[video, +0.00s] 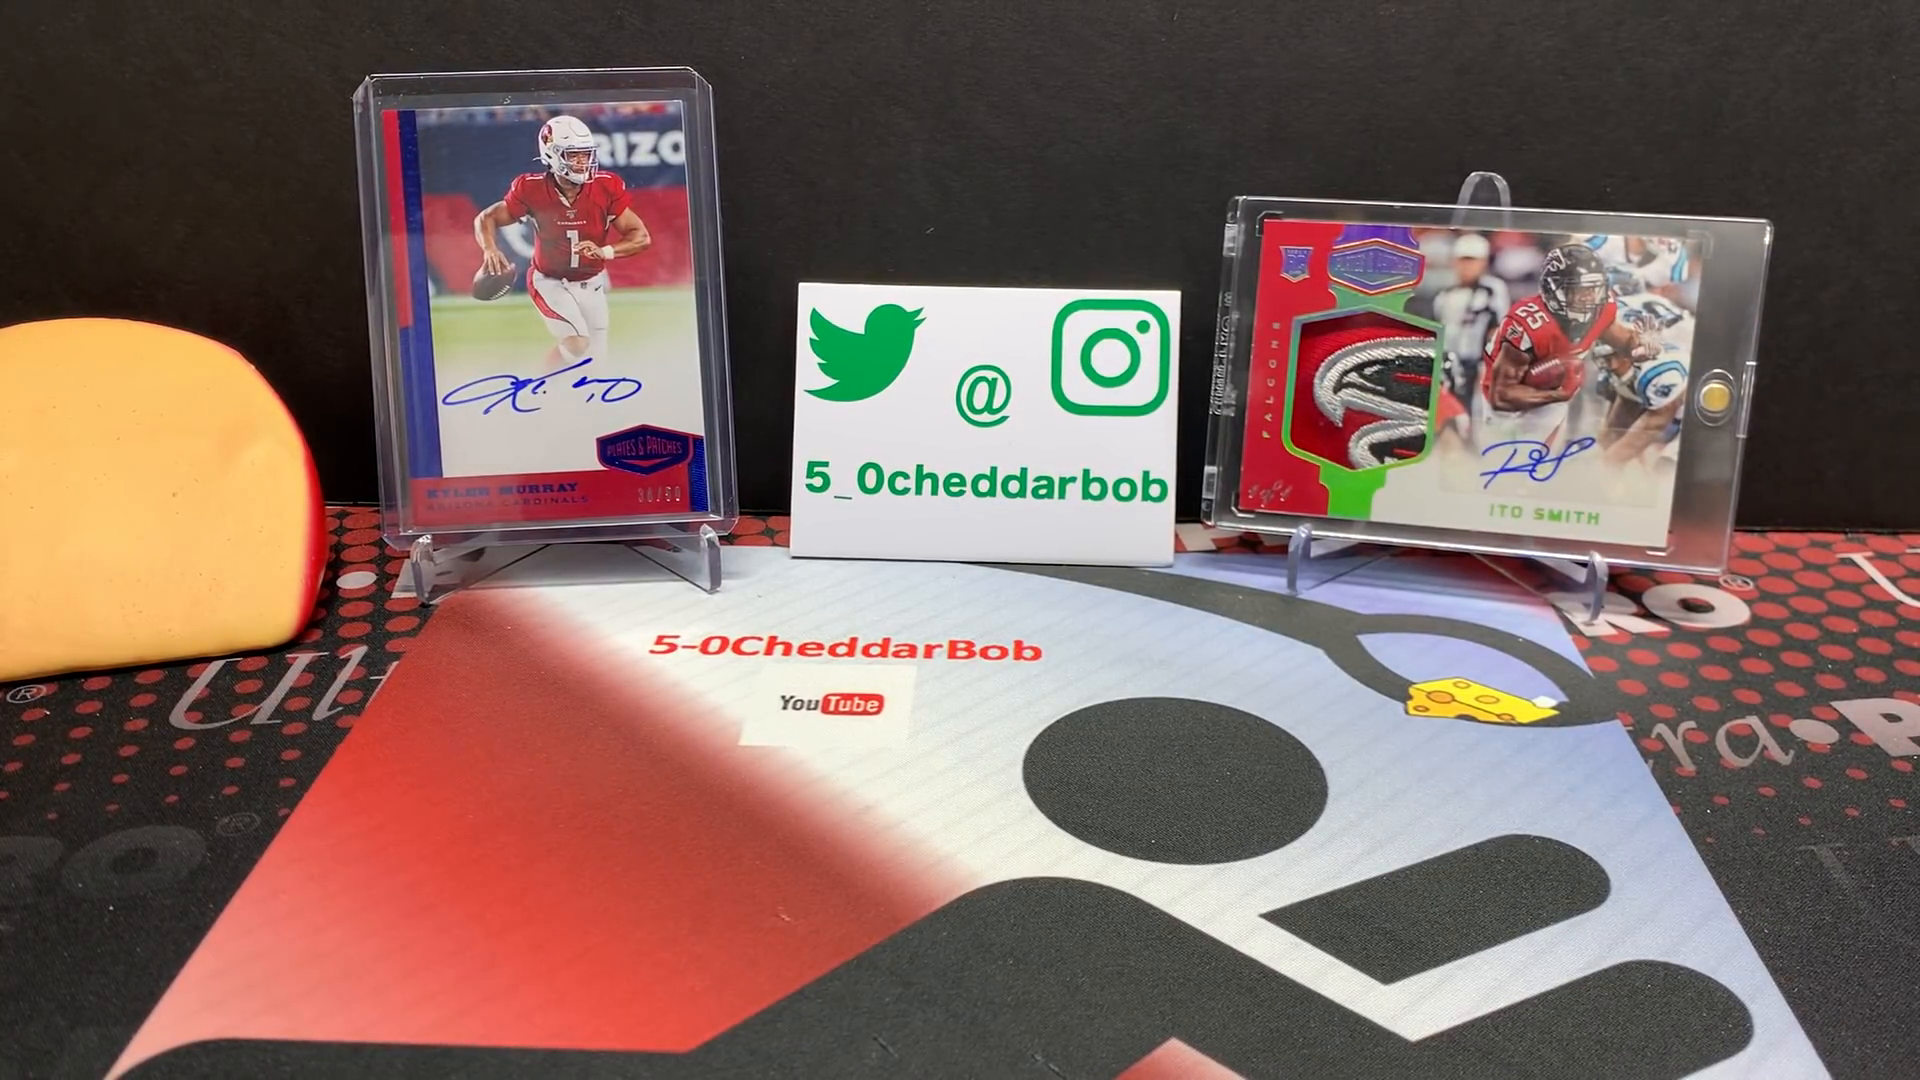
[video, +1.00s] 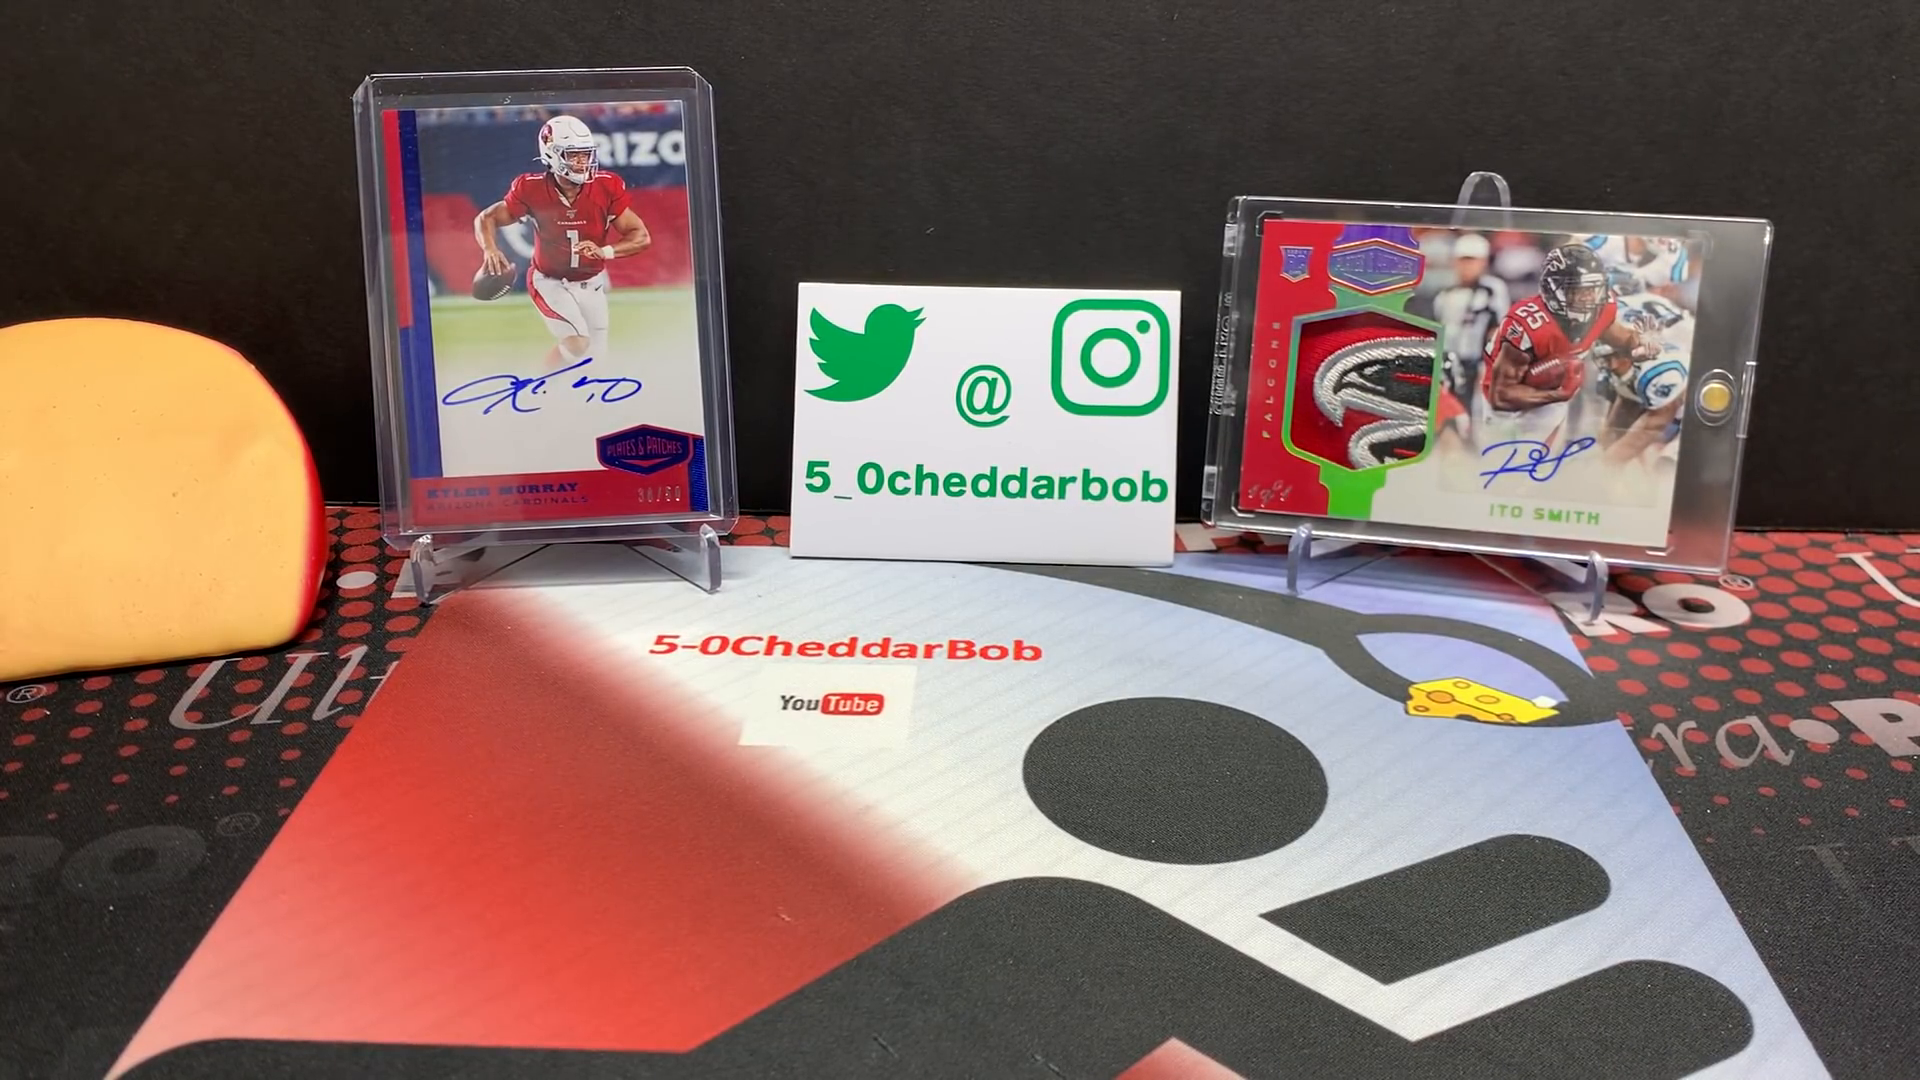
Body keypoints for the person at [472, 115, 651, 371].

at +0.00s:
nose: (580, 162)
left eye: (585, 155)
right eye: (573, 156)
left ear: (592, 154)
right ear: (552, 155)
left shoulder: (607, 187)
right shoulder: (530, 189)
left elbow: (641, 237)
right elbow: (484, 219)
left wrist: (605, 252)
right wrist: (490, 249)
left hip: (591, 282)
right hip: (549, 280)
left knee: (596, 362)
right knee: (576, 343)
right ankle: (534, 391)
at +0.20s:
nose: (581, 162)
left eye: (585, 155)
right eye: (573, 156)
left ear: (592, 154)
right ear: (552, 155)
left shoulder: (607, 187)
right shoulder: (530, 189)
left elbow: (641, 237)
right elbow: (484, 219)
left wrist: (605, 252)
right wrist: (490, 249)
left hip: (591, 282)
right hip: (548, 280)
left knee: (596, 360)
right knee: (576, 343)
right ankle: (533, 391)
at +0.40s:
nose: (580, 162)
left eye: (585, 155)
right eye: (573, 156)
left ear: (592, 154)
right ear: (552, 155)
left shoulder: (606, 187)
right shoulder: (530, 189)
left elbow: (641, 237)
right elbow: (484, 219)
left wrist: (605, 252)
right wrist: (490, 249)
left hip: (591, 282)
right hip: (549, 280)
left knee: (596, 360)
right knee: (576, 344)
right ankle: (533, 391)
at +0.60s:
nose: (580, 162)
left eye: (585, 155)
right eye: (572, 156)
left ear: (592, 154)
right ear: (552, 155)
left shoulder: (607, 187)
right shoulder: (530, 189)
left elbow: (641, 237)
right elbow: (484, 219)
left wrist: (605, 252)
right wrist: (490, 249)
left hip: (591, 282)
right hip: (549, 280)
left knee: (596, 360)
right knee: (576, 344)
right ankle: (533, 391)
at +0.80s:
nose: (580, 162)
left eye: (585, 155)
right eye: (572, 156)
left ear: (592, 154)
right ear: (552, 155)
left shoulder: (607, 187)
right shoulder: (530, 189)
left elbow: (641, 237)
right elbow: (484, 219)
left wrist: (605, 252)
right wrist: (490, 249)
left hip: (591, 282)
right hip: (548, 280)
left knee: (595, 361)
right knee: (576, 343)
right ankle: (533, 391)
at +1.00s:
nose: (580, 162)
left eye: (585, 155)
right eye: (572, 156)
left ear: (592, 154)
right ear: (552, 155)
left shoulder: (607, 186)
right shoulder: (530, 189)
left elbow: (641, 237)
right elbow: (484, 219)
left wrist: (605, 252)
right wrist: (490, 249)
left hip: (591, 282)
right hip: (548, 280)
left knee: (595, 361)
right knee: (576, 343)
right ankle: (533, 391)